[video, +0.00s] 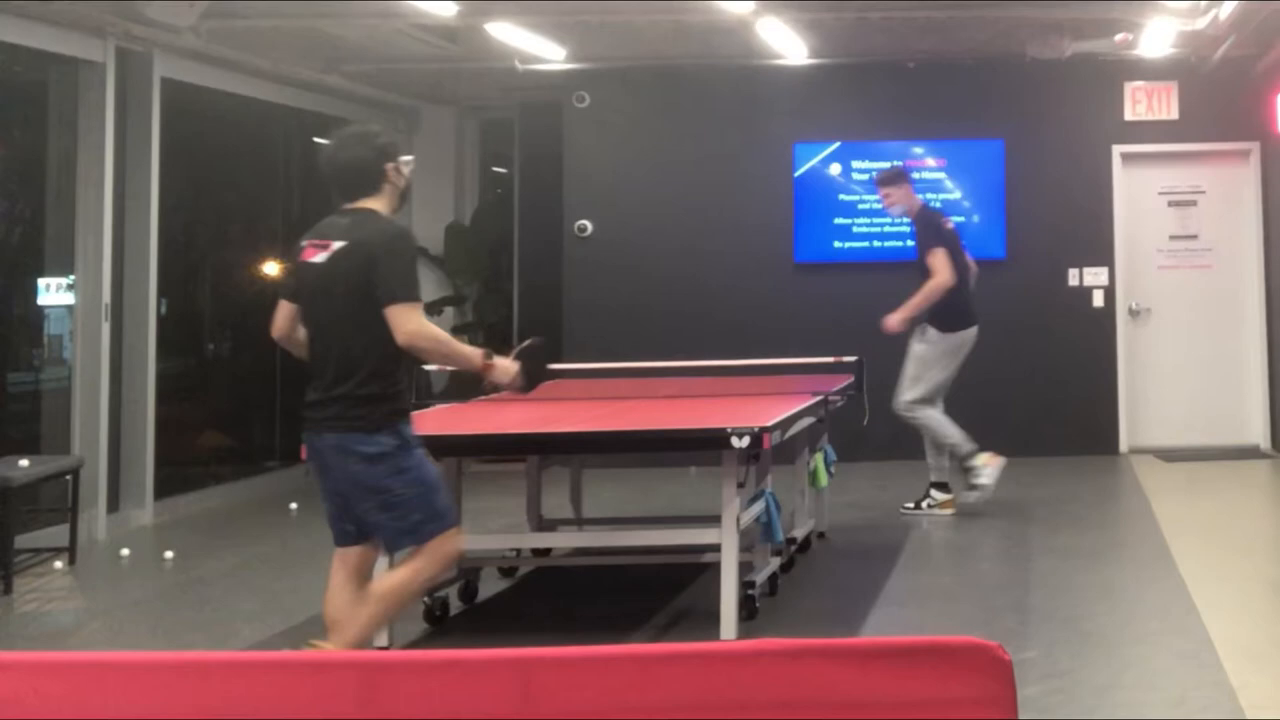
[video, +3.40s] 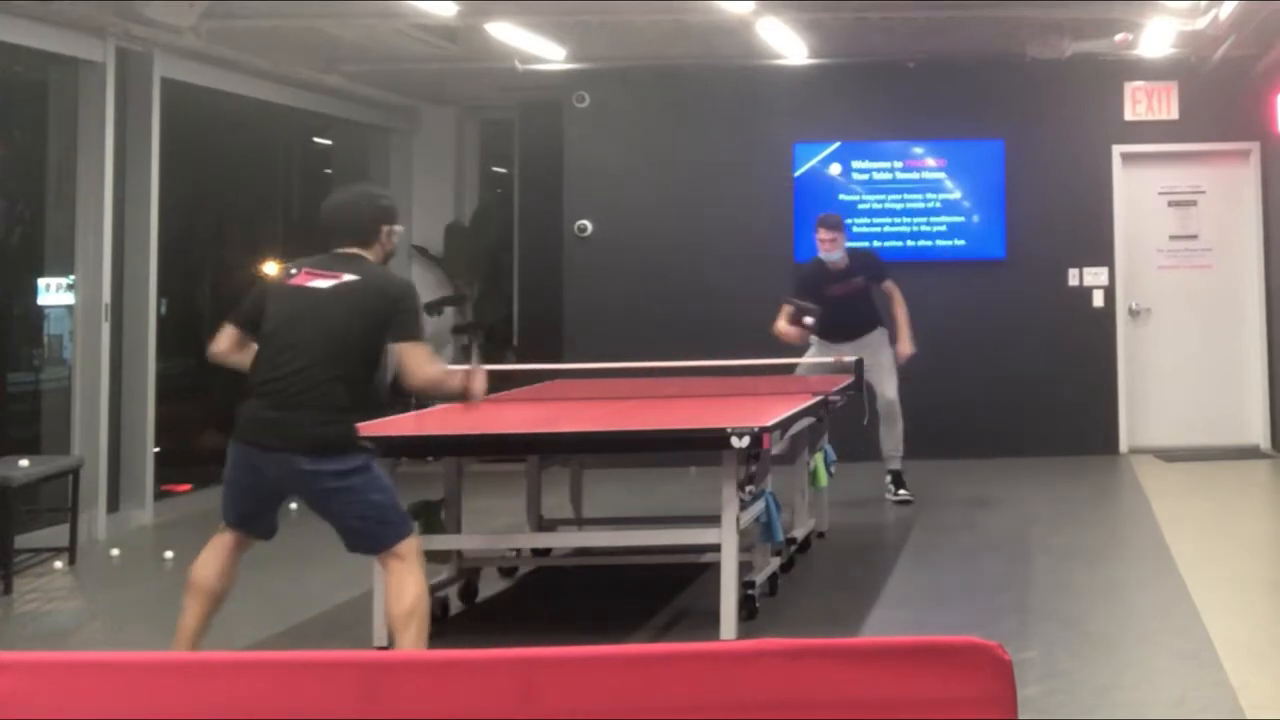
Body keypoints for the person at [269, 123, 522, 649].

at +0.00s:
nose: (406, 172)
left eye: (403, 163)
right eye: (401, 164)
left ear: (341, 179)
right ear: (387, 172)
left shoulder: (317, 238)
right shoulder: (387, 237)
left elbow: (284, 329)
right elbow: (410, 332)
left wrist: (333, 359)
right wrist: (485, 363)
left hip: (327, 430)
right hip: (371, 432)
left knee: (354, 552)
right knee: (442, 545)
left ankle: (345, 679)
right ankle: (336, 650)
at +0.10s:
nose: (419, 171)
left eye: (414, 162)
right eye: (413, 162)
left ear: (354, 178)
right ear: (399, 172)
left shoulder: (327, 239)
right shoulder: (404, 235)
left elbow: (298, 335)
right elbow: (417, 331)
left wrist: (353, 364)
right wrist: (479, 371)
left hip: (338, 429)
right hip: (391, 430)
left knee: (354, 556)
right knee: (463, 537)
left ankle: (351, 684)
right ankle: (391, 669)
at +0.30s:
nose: (473, 174)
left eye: (469, 165)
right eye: (470, 166)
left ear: (404, 183)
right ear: (459, 176)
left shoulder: (369, 244)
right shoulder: (472, 245)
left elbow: (356, 336)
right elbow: (483, 347)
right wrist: (500, 405)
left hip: (370, 437)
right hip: (437, 440)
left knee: (363, 563)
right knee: (479, 563)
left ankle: (349, 690)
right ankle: (484, 702)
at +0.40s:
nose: (504, 173)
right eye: (502, 167)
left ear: (436, 176)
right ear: (496, 174)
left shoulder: (399, 235)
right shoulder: (505, 247)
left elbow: (389, 320)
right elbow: (524, 347)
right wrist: (526, 414)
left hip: (380, 427)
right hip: (448, 434)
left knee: (374, 559)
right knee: (485, 563)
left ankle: (350, 685)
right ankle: (489, 705)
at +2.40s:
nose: (459, 212)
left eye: (458, 203)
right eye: (459, 204)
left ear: (397, 203)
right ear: (449, 206)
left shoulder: (347, 249)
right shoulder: (446, 257)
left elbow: (296, 331)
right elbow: (468, 349)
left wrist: (353, 348)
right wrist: (505, 377)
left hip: (325, 431)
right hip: (393, 434)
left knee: (317, 559)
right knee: (449, 552)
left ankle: (287, 685)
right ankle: (455, 683)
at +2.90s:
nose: (395, 287)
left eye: (394, 279)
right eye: (394, 280)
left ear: (335, 279)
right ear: (385, 285)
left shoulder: (287, 310)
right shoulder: (395, 334)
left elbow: (254, 392)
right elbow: (459, 394)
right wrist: (438, 382)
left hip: (251, 457)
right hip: (328, 465)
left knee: (229, 557)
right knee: (414, 558)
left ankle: (212, 676)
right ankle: (449, 675)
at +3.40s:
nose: (395, 237)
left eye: (393, 228)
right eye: (392, 229)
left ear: (334, 232)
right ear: (381, 234)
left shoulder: (288, 275)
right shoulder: (391, 289)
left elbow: (223, 348)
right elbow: (417, 373)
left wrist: (285, 366)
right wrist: (461, 380)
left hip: (256, 440)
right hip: (326, 446)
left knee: (231, 536)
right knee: (401, 552)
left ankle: (178, 657)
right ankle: (412, 681)